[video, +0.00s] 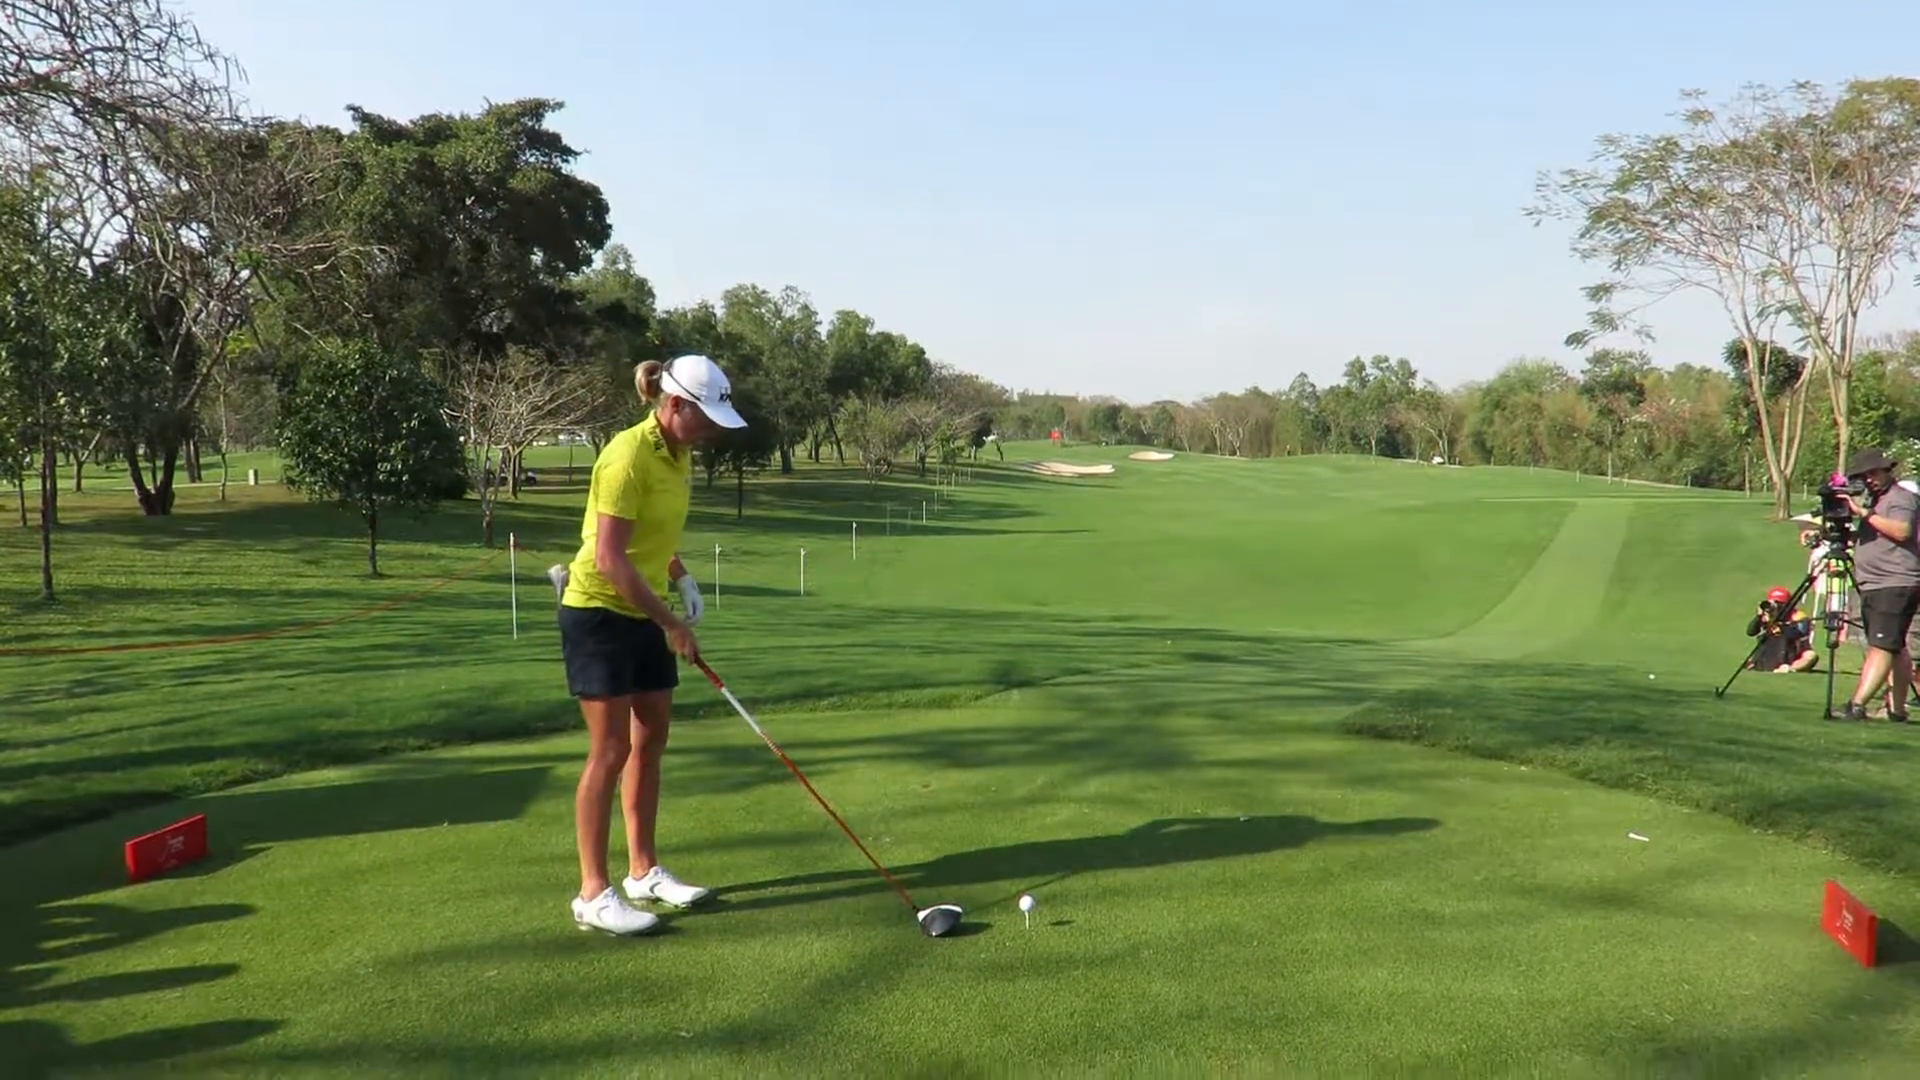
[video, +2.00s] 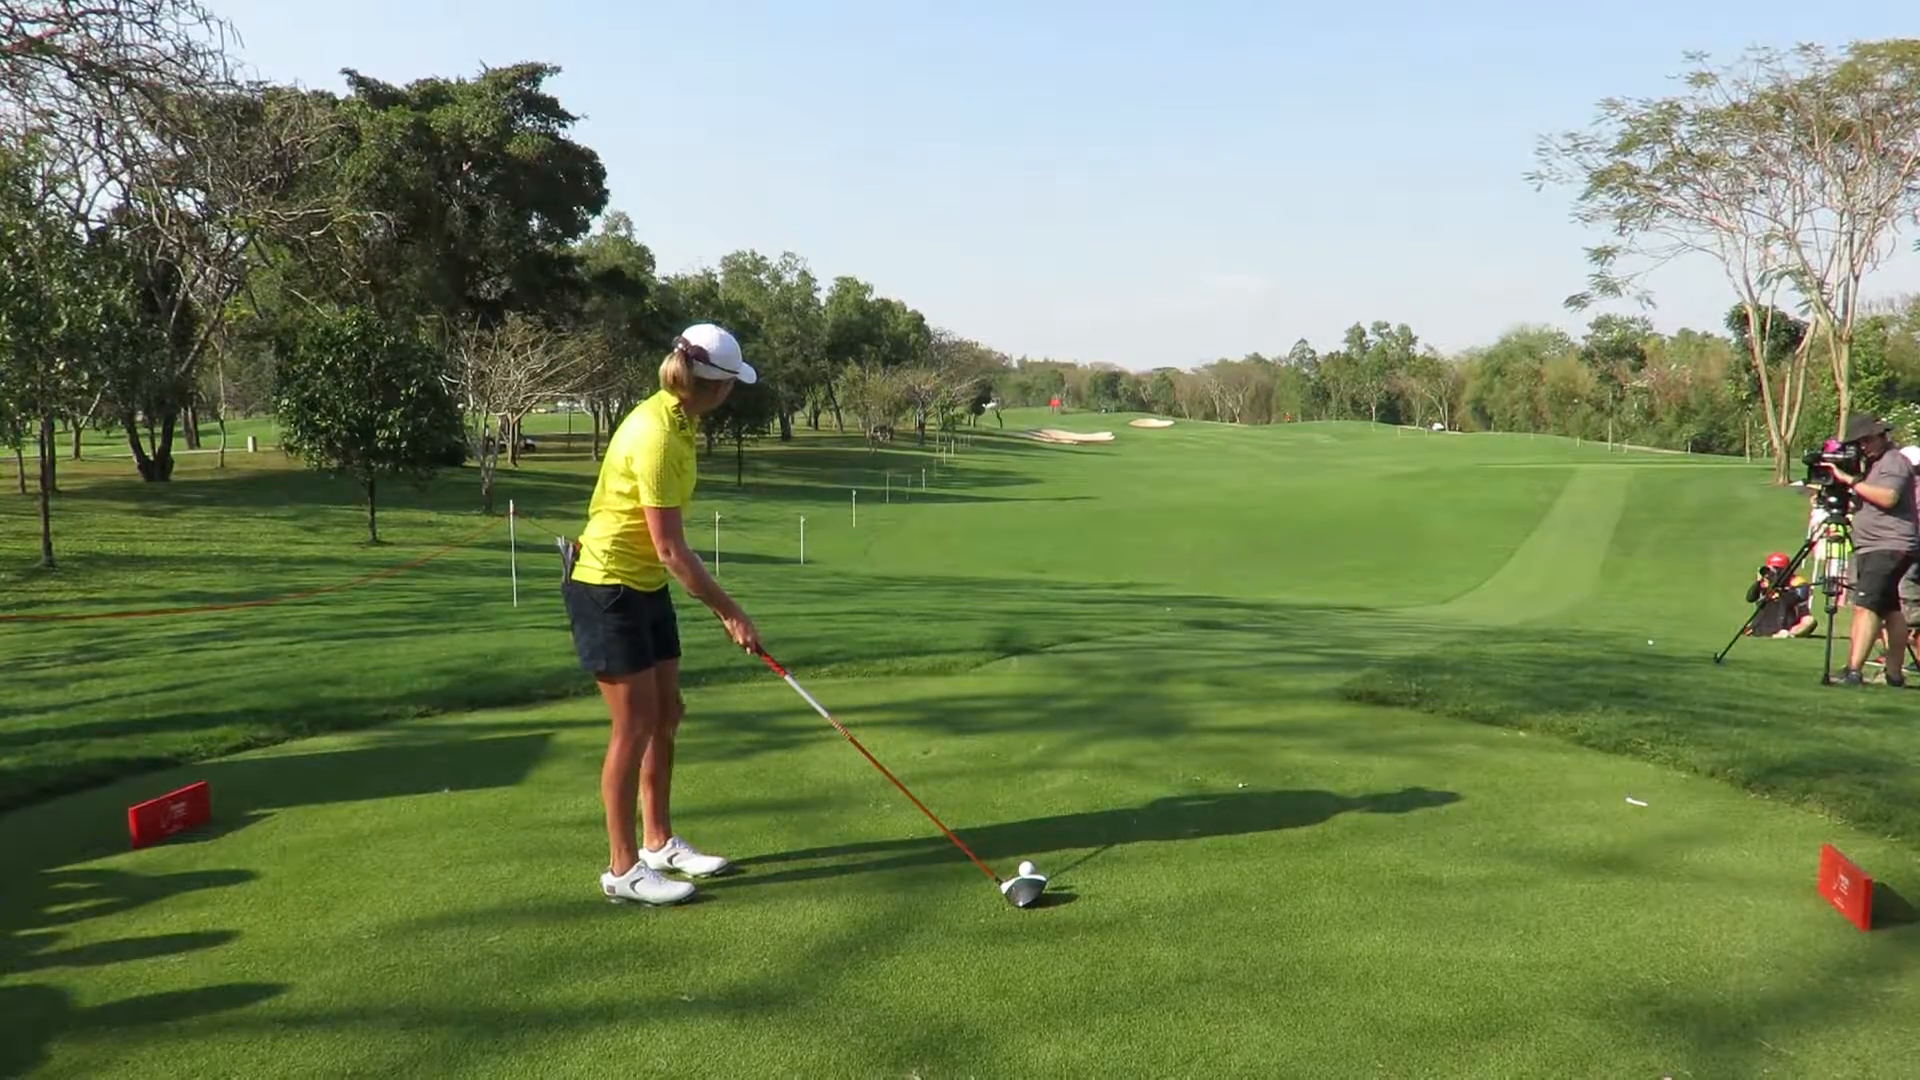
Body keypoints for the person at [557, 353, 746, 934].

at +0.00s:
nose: (711, 432)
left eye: (715, 422)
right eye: (705, 419)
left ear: (693, 411)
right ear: (674, 406)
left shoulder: (677, 456)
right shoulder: (627, 458)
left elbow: (654, 528)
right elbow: (610, 557)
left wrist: (677, 570)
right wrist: (668, 623)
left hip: (646, 613)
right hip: (598, 614)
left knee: (651, 735)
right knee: (610, 747)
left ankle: (643, 872)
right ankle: (592, 893)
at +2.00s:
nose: (731, 393)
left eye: (732, 384)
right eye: (729, 384)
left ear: (685, 375)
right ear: (711, 386)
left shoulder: (676, 426)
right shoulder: (657, 436)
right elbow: (670, 550)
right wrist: (730, 612)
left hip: (647, 585)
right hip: (608, 588)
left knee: (666, 713)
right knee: (634, 721)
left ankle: (658, 844)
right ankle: (623, 869)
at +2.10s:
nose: (731, 392)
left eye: (732, 383)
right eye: (729, 383)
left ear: (685, 375)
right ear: (709, 385)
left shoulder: (672, 424)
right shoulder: (657, 436)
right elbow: (670, 551)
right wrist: (731, 613)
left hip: (647, 584)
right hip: (608, 588)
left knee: (677, 704)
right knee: (633, 722)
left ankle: (660, 839)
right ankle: (622, 868)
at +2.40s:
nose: (737, 401)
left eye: (739, 391)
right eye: (733, 390)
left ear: (704, 386)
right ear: (703, 386)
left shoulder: (689, 427)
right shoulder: (662, 435)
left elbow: (674, 526)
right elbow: (675, 545)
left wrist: (703, 577)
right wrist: (732, 611)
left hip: (656, 582)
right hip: (615, 584)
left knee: (673, 707)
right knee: (643, 719)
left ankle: (665, 842)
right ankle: (622, 867)